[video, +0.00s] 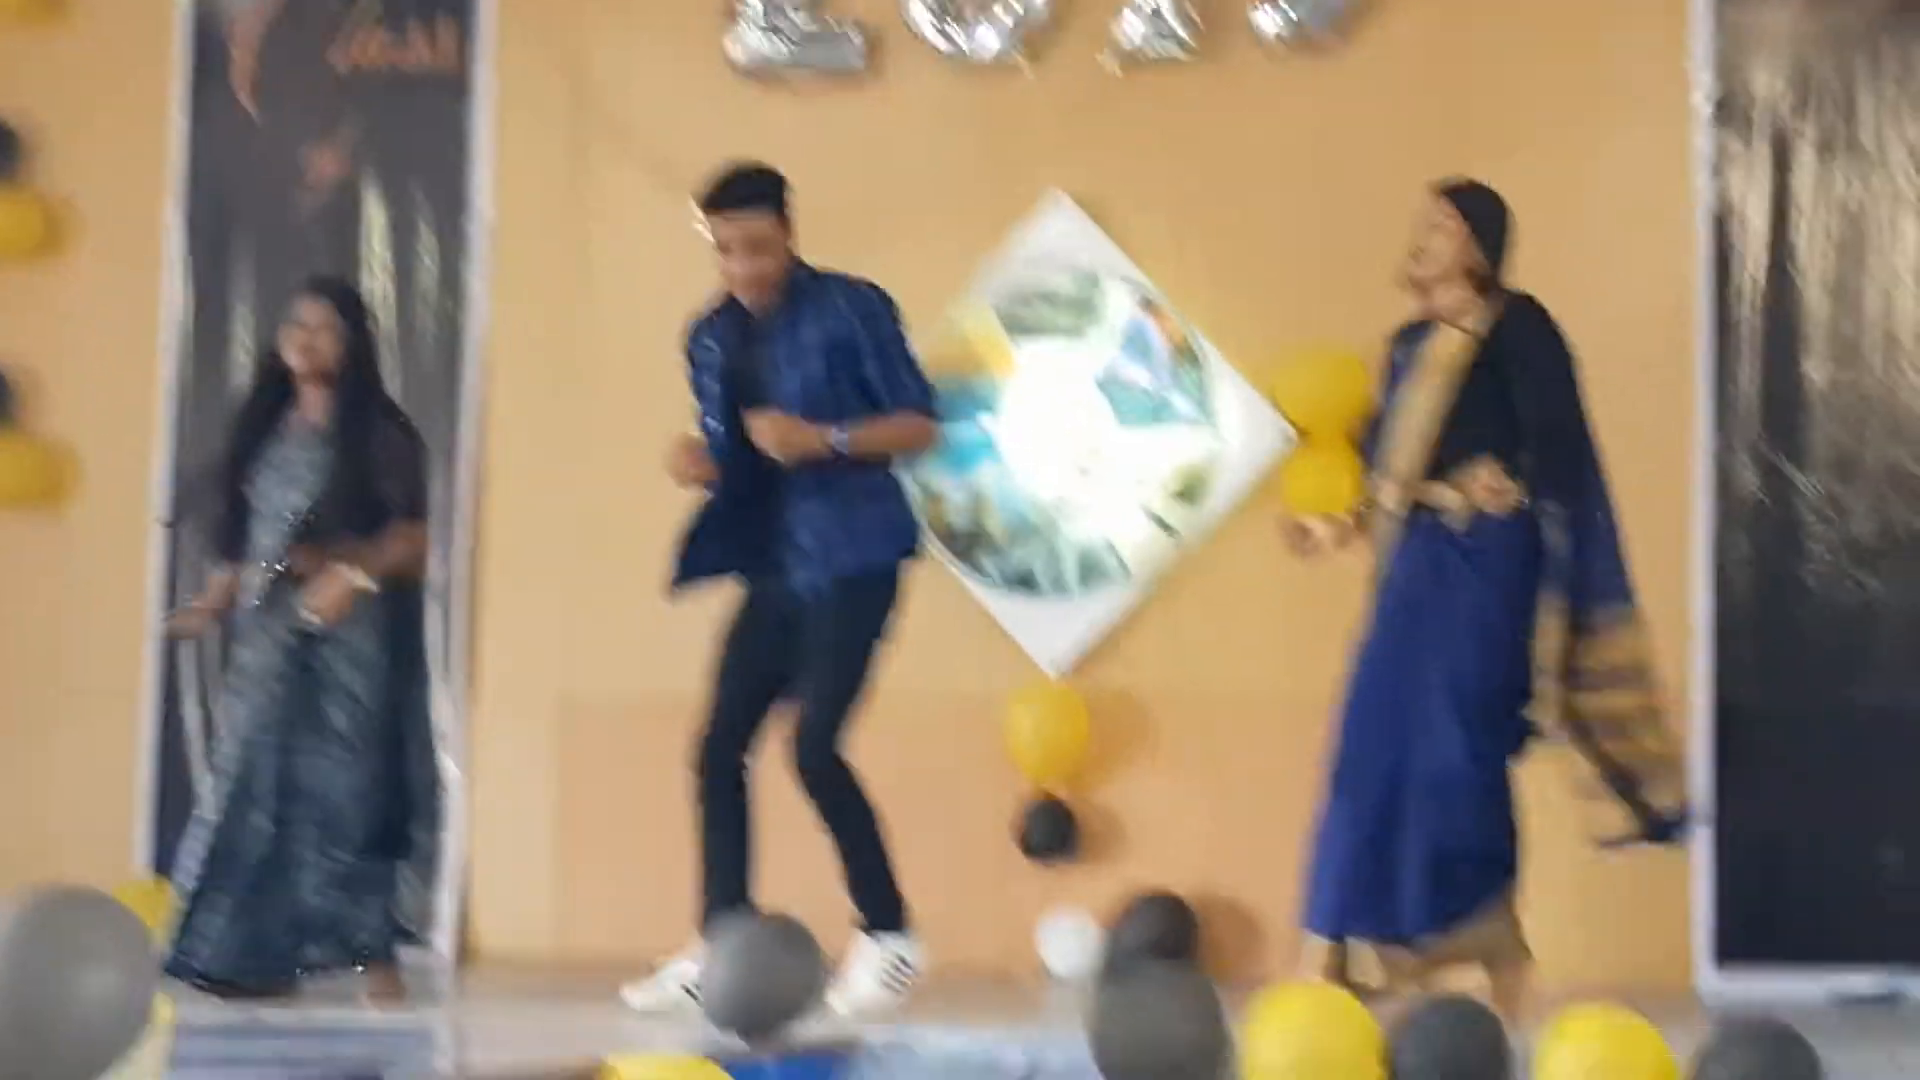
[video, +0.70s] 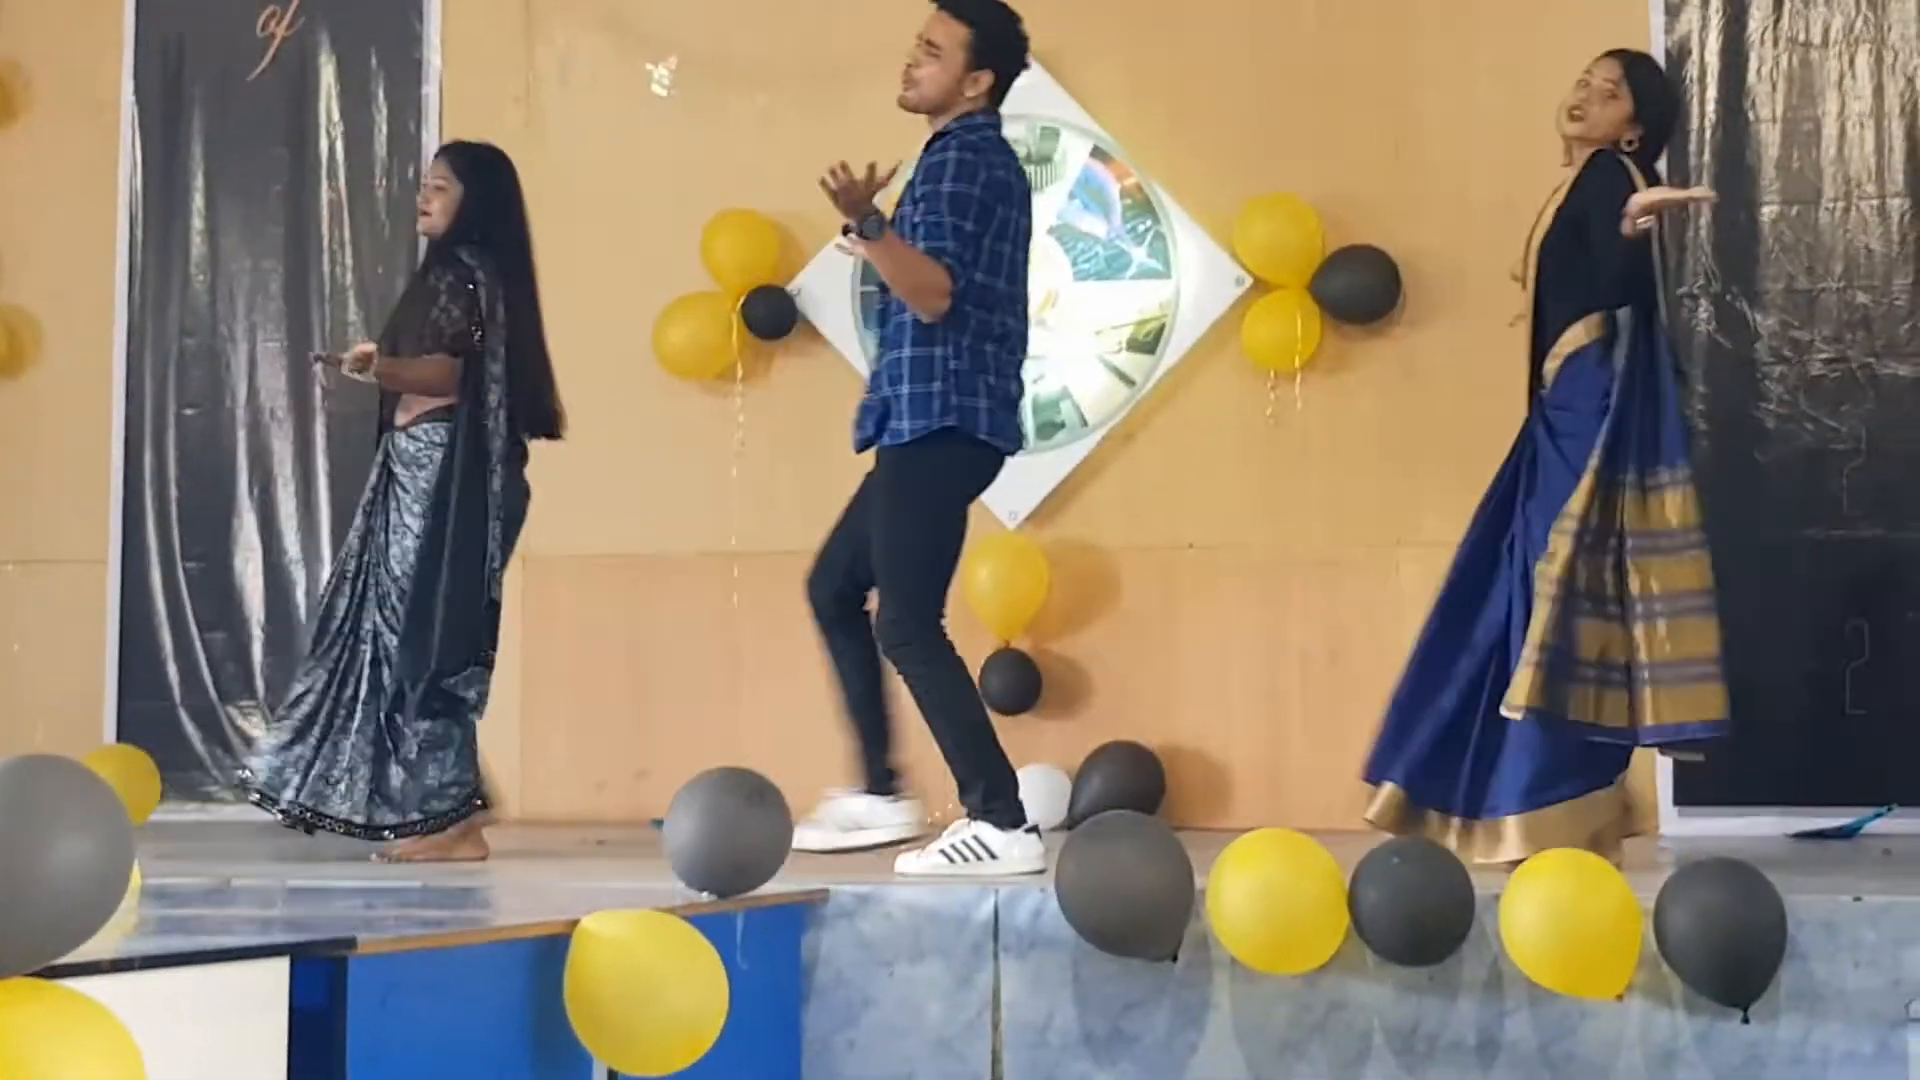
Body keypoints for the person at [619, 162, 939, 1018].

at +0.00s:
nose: (741, 266)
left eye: (756, 246)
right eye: (726, 249)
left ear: (788, 236)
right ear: (711, 248)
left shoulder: (853, 308)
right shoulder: (714, 334)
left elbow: (916, 424)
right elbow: (734, 451)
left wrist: (821, 439)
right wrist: (695, 461)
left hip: (857, 568)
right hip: (779, 574)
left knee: (815, 750)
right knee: (720, 752)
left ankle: (889, 940)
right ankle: (725, 946)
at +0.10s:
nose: (734, 200)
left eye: (753, 184)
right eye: (721, 182)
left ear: (790, 186)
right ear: (707, 189)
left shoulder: (840, 274)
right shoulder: (717, 295)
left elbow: (901, 399)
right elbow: (744, 437)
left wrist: (813, 388)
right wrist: (675, 442)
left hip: (834, 519)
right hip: (756, 524)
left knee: (741, 688)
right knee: (689, 700)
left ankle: (865, 857)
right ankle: (710, 893)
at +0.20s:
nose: (743, 141)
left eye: (764, 130)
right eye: (737, 124)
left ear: (806, 142)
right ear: (727, 129)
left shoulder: (840, 231)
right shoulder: (740, 231)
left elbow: (874, 368)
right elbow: (746, 379)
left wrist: (822, 329)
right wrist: (665, 386)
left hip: (828, 475)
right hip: (759, 476)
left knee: (714, 622)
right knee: (687, 651)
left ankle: (860, 758)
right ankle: (707, 849)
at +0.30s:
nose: (776, 81)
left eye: (799, 72)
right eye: (774, 65)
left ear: (841, 94)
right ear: (770, 75)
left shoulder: (855, 184)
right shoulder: (774, 175)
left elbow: (877, 323)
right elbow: (778, 301)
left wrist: (828, 272)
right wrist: (702, 303)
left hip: (830, 432)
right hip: (771, 428)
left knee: (731, 602)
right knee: (707, 619)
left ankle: (899, 715)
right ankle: (706, 819)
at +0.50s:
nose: (846, 80)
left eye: (868, 72)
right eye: (851, 65)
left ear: (915, 98)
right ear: (876, 85)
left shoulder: (907, 177)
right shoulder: (867, 179)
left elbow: (875, 320)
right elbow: (826, 317)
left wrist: (834, 241)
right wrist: (779, 289)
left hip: (860, 451)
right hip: (824, 451)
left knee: (850, 648)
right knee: (743, 622)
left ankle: (996, 806)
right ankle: (699, 822)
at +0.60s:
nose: (878, 86)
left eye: (899, 78)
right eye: (883, 71)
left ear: (946, 104)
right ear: (929, 101)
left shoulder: (936, 180)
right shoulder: (922, 179)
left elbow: (895, 320)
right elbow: (897, 309)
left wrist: (840, 245)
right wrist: (846, 251)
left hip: (907, 454)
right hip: (885, 453)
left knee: (882, 652)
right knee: (793, 622)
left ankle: (1004, 824)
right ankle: (728, 812)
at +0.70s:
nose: (912, 63)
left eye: (933, 54)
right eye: (917, 48)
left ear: (982, 79)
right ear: (972, 80)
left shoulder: (966, 151)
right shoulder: (970, 154)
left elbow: (933, 292)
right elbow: (940, 293)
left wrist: (867, 226)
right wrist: (878, 237)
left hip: (943, 423)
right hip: (937, 425)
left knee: (906, 625)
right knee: (831, 589)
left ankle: (1000, 824)